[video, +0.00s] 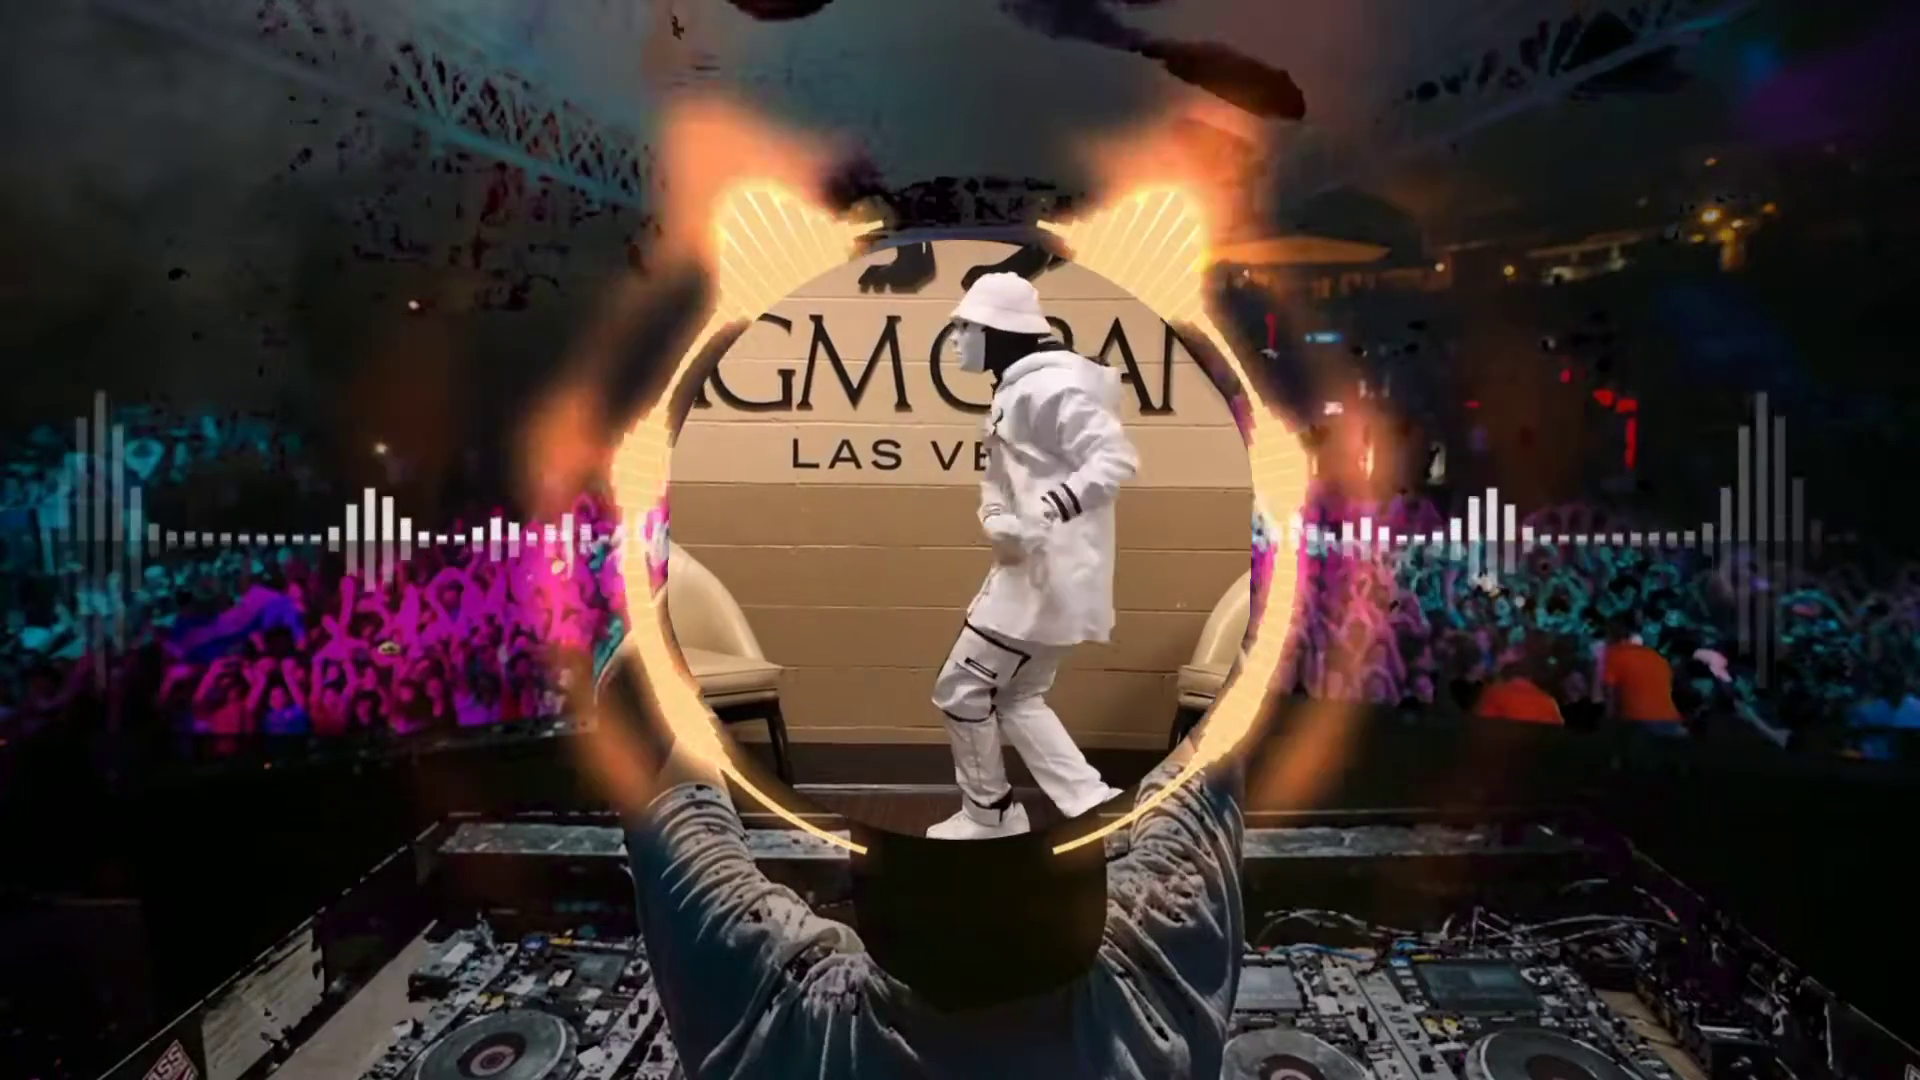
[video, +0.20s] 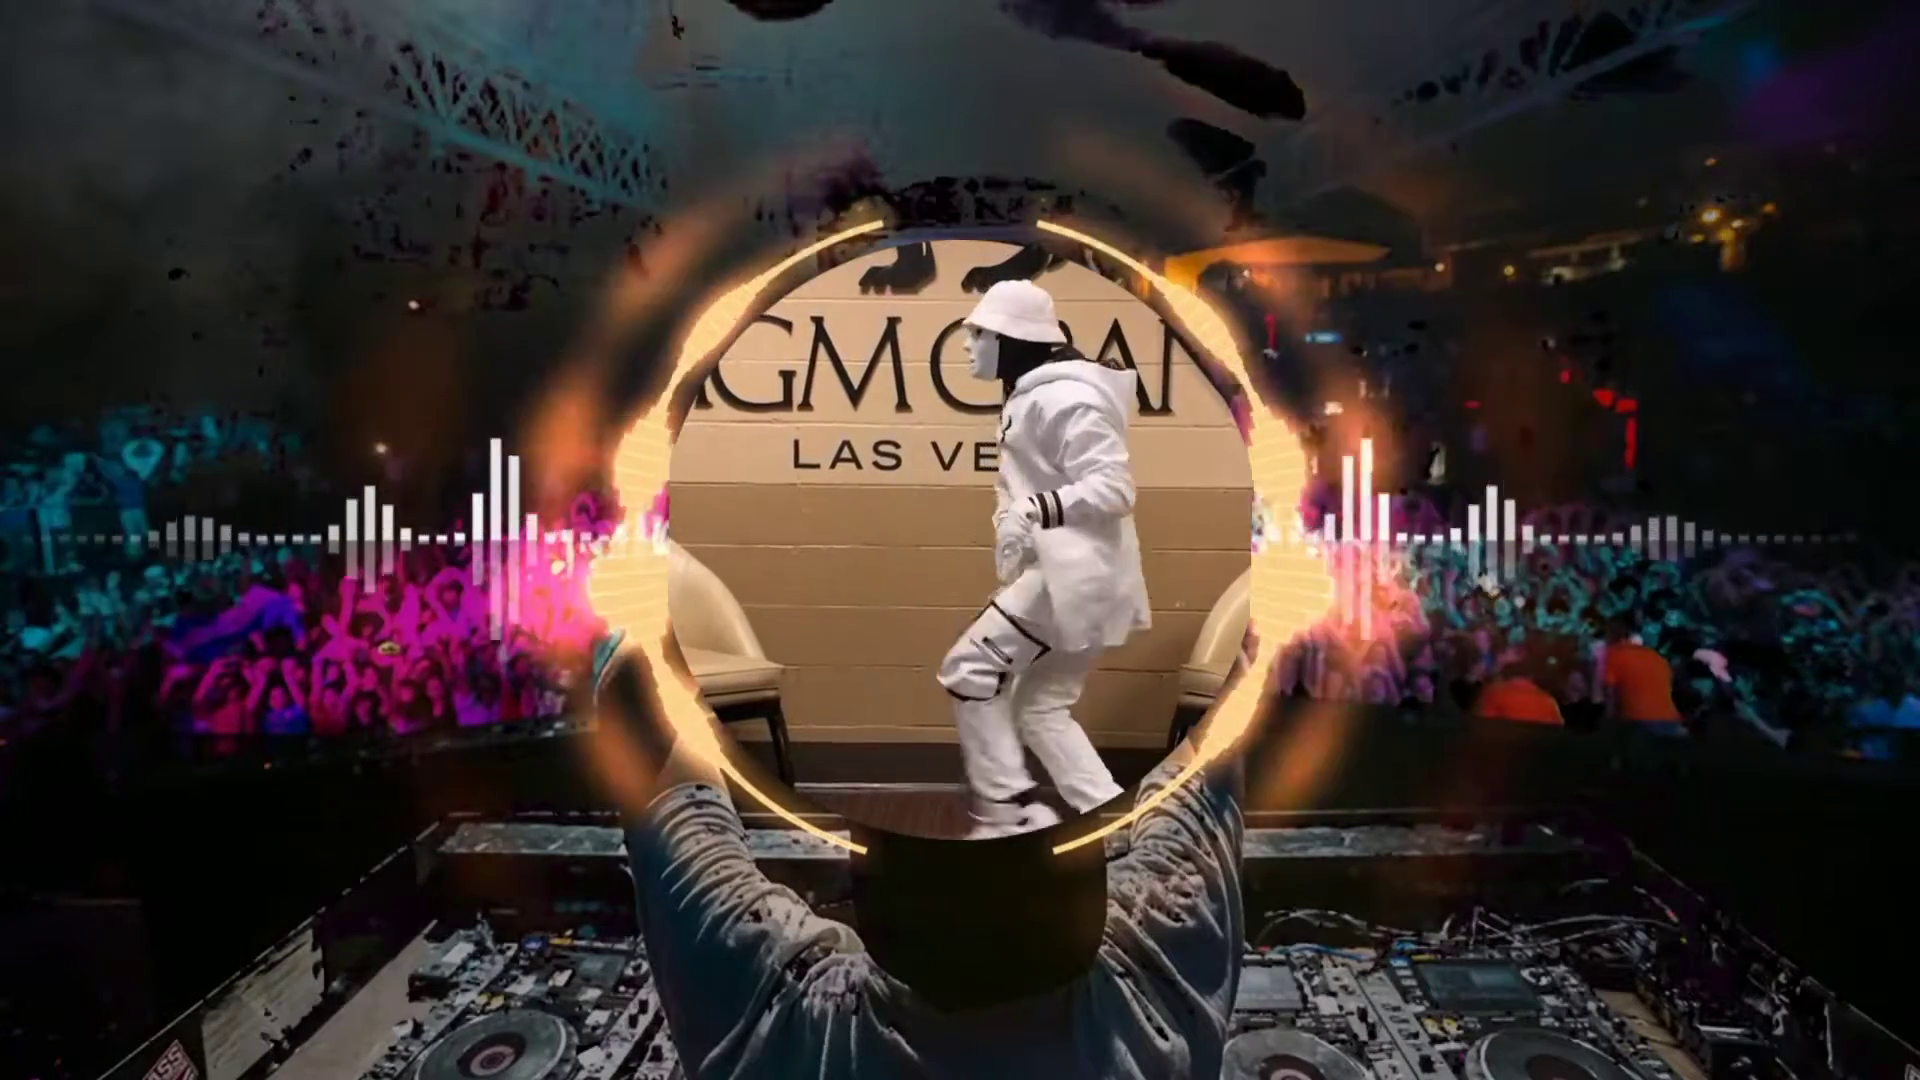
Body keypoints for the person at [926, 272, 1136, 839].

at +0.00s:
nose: (958, 338)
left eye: (967, 328)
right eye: (960, 327)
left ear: (1000, 331)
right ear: (1008, 331)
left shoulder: (1050, 386)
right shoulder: (1025, 387)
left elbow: (1112, 459)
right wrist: (1011, 508)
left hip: (1039, 580)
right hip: (1047, 580)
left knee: (963, 692)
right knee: (1017, 699)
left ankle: (988, 814)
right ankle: (1092, 803)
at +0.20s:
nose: (970, 342)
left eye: (980, 333)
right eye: (973, 332)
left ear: (1014, 339)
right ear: (1021, 340)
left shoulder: (1067, 395)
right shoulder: (1039, 394)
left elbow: (1114, 487)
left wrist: (1040, 509)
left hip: (1073, 574)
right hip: (1083, 576)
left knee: (970, 671)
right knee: (1040, 707)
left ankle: (1006, 816)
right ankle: (1112, 819)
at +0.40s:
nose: (993, 360)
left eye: (1000, 349)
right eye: (993, 349)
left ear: (1031, 353)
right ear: (1033, 353)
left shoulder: (1083, 408)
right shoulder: (1044, 412)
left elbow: (1113, 483)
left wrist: (1030, 496)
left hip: (1121, 583)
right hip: (1074, 591)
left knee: (1149, 718)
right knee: (1020, 713)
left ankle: (1198, 843)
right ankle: (1112, 819)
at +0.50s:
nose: (1024, 361)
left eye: (1037, 350)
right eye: (1022, 350)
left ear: (1072, 356)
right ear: (1021, 356)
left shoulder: (1125, 410)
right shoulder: (1020, 424)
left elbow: (1129, 474)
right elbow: (992, 516)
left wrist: (1039, 477)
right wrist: (1025, 521)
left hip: (1136, 591)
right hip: (1064, 598)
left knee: (1152, 731)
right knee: (1013, 729)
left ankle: (1175, 848)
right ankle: (1110, 818)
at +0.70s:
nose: (1088, 386)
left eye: (1101, 375)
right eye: (1076, 375)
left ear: (1119, 383)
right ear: (1060, 384)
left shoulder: (1149, 433)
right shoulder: (1030, 443)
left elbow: (1141, 467)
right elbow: (1020, 510)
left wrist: (1062, 474)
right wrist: (1044, 495)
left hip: (1139, 615)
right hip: (1060, 629)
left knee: (1168, 719)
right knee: (1062, 779)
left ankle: (1182, 847)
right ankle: (1089, 875)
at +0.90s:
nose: (1095, 482)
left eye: (1109, 469)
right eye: (1082, 470)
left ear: (1127, 477)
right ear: (1065, 477)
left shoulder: (1159, 522)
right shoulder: (1033, 532)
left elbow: (1156, 550)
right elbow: (1032, 587)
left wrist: (1066, 557)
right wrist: (1053, 622)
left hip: (1144, 706)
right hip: (1068, 724)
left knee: (1152, 702)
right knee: (1066, 864)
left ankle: (1154, 834)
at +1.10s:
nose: (1088, 496)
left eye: (1103, 483)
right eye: (1076, 483)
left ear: (1122, 491)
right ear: (1059, 492)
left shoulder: (1151, 534)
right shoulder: (1028, 547)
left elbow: (1153, 559)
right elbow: (1029, 596)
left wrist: (1062, 571)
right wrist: (1035, 624)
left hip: (1140, 732)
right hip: (1064, 747)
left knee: (1164, 706)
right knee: (1062, 876)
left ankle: (1160, 835)